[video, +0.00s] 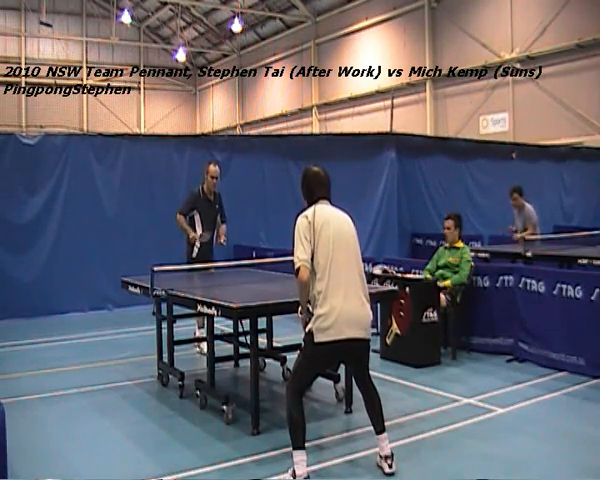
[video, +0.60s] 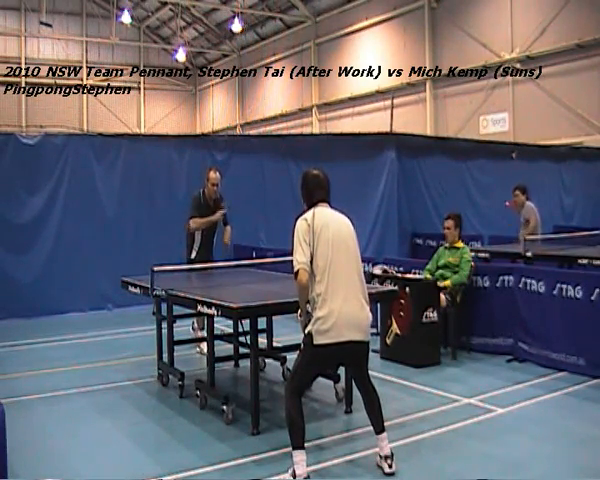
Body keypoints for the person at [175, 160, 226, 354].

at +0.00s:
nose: (215, 181)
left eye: (217, 178)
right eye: (212, 177)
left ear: (219, 178)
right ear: (205, 177)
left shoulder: (217, 197)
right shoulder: (195, 196)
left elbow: (222, 220)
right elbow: (179, 215)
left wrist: (221, 233)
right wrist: (190, 232)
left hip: (209, 249)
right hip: (196, 249)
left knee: (209, 291)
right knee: (199, 292)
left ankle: (202, 332)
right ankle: (200, 332)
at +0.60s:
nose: (215, 188)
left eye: (218, 184)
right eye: (212, 184)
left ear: (220, 184)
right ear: (206, 183)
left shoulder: (219, 200)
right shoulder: (198, 199)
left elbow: (226, 223)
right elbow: (193, 224)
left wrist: (226, 235)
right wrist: (215, 218)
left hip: (209, 252)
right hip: (195, 253)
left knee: (209, 292)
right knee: (199, 294)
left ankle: (198, 325)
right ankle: (200, 332)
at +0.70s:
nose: (215, 187)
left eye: (217, 183)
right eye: (212, 183)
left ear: (220, 183)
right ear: (206, 182)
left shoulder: (219, 199)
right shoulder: (198, 198)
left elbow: (225, 218)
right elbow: (197, 222)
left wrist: (227, 225)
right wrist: (218, 211)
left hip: (209, 251)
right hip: (195, 252)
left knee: (209, 292)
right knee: (199, 295)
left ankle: (198, 324)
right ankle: (201, 334)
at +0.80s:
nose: (216, 185)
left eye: (218, 182)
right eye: (213, 181)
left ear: (220, 182)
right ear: (206, 181)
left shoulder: (218, 197)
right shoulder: (198, 196)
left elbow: (227, 221)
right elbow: (202, 217)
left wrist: (227, 207)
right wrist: (221, 204)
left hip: (208, 250)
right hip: (196, 251)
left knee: (209, 291)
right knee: (200, 293)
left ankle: (199, 325)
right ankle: (201, 332)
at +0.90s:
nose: (217, 183)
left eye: (219, 180)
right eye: (214, 179)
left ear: (220, 180)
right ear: (206, 179)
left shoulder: (218, 196)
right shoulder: (199, 195)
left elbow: (225, 222)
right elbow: (204, 216)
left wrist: (230, 214)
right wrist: (222, 203)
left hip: (208, 251)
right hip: (196, 252)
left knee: (209, 293)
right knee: (202, 295)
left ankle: (198, 325)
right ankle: (202, 334)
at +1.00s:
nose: (219, 183)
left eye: (221, 180)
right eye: (216, 179)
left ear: (221, 181)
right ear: (208, 179)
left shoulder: (215, 197)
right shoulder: (200, 197)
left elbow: (216, 217)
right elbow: (208, 216)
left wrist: (225, 222)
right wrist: (224, 206)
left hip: (206, 251)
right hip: (196, 252)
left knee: (207, 292)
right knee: (202, 294)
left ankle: (198, 325)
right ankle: (201, 333)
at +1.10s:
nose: (220, 185)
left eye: (222, 181)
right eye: (217, 181)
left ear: (221, 183)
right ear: (209, 180)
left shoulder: (213, 198)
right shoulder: (201, 198)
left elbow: (214, 219)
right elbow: (214, 218)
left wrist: (225, 226)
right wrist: (226, 207)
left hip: (204, 250)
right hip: (196, 252)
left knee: (206, 291)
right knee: (202, 293)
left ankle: (199, 325)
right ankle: (201, 332)